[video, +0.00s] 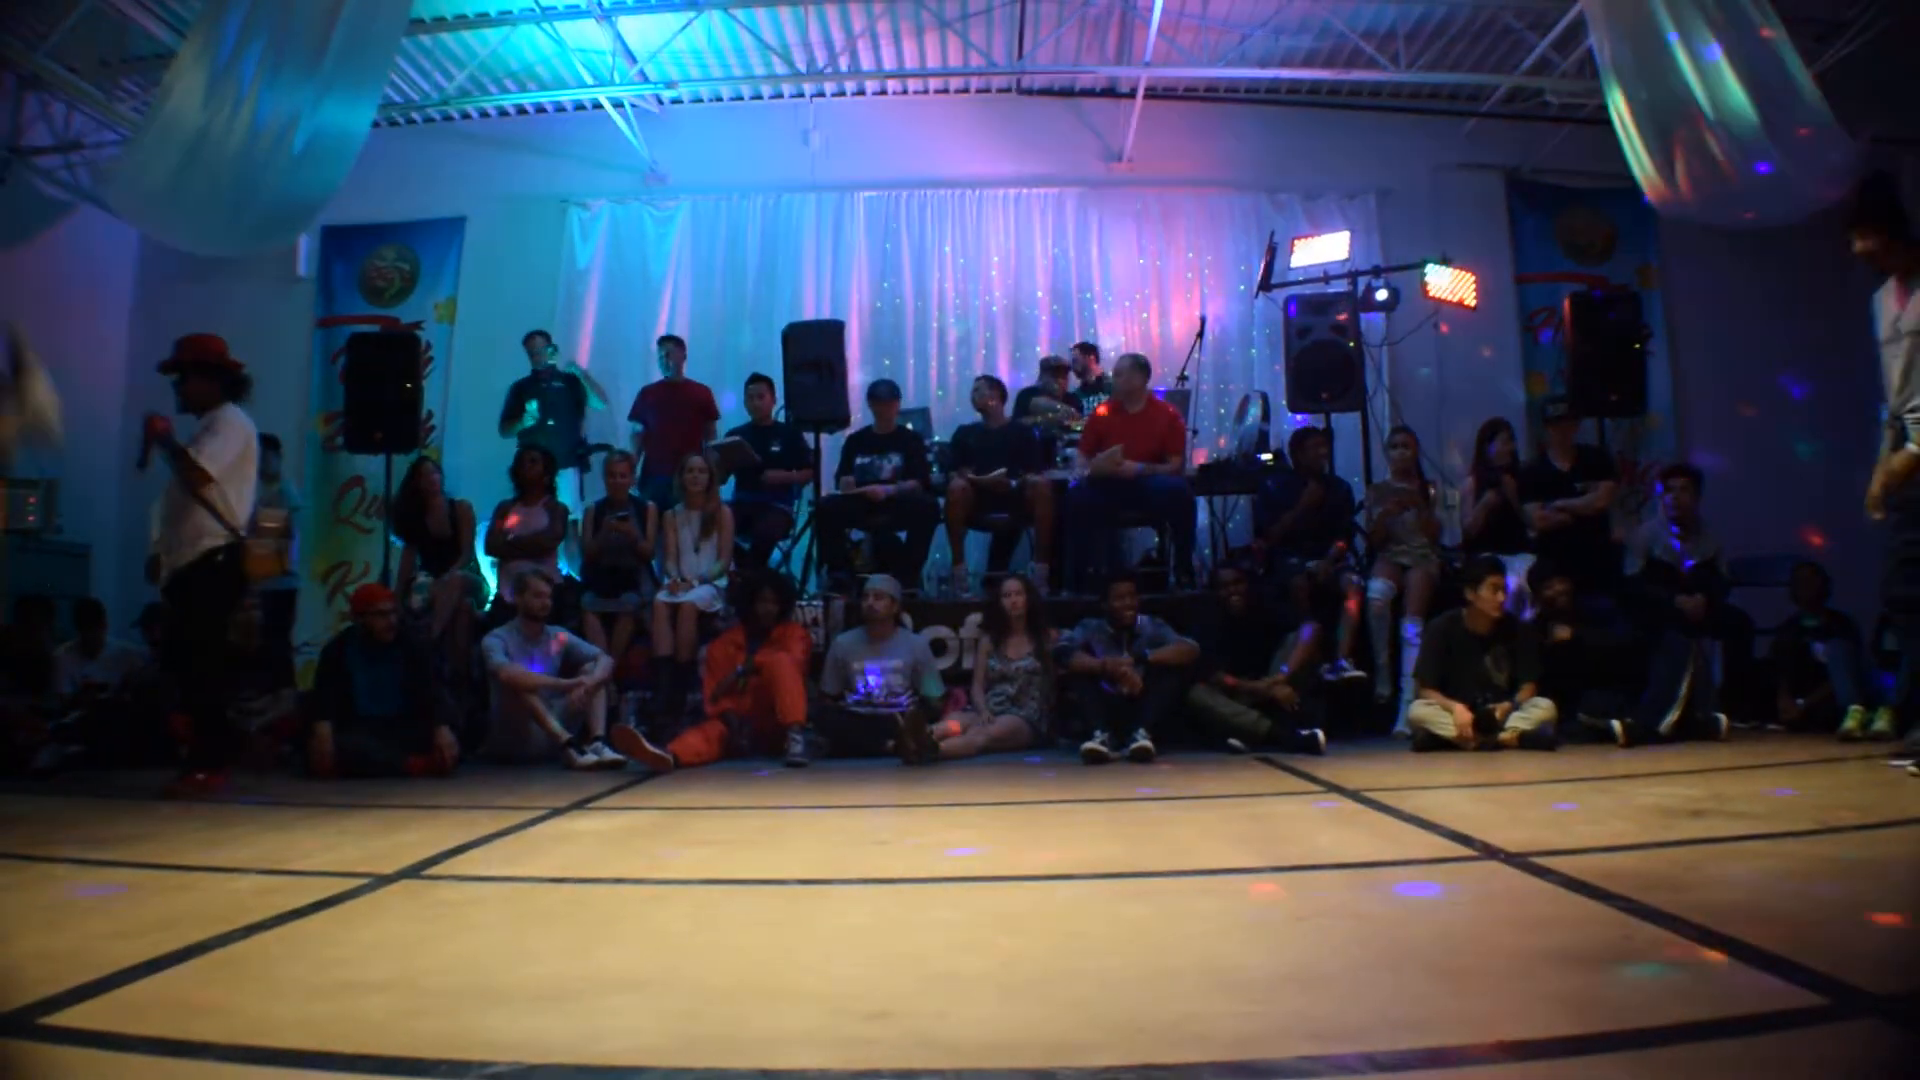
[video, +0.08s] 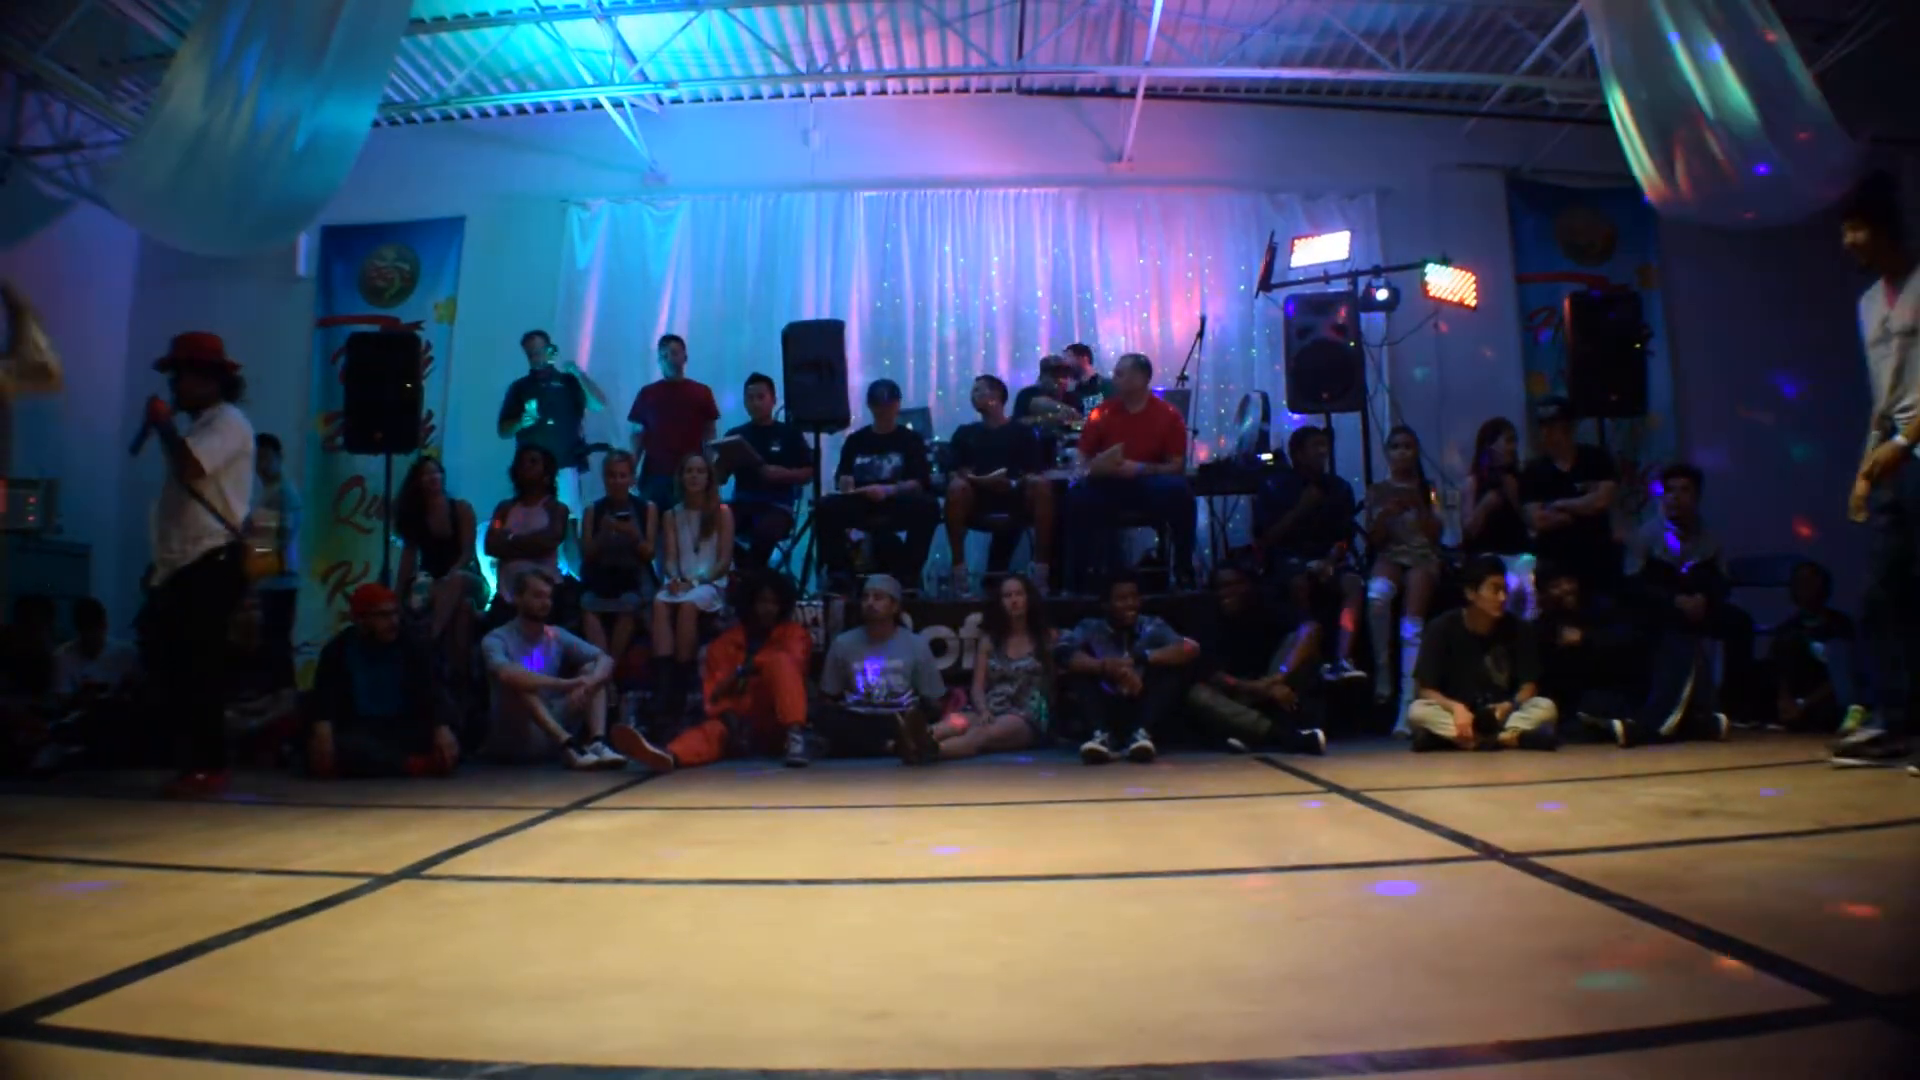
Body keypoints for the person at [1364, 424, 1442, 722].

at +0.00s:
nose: (1400, 453)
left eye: (1406, 446)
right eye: (1394, 447)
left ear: (1416, 452)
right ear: (1386, 453)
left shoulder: (1429, 489)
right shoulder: (1377, 491)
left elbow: (1434, 535)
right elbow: (1373, 536)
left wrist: (1423, 506)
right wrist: (1388, 513)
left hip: (1421, 552)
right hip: (1389, 551)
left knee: (1412, 627)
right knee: (1376, 597)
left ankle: (1407, 704)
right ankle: (1382, 673)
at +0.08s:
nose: (1401, 453)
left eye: (1407, 447)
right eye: (1395, 447)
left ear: (1417, 452)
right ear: (1387, 453)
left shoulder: (1425, 489)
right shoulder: (1377, 491)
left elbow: (1434, 533)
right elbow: (1373, 535)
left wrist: (1419, 506)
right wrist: (1388, 513)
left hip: (1420, 552)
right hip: (1389, 551)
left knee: (1412, 626)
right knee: (1377, 598)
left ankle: (1407, 704)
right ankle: (1382, 671)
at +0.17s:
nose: (1401, 453)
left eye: (1408, 447)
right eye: (1395, 447)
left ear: (1417, 452)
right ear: (1387, 453)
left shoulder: (1429, 489)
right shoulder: (1377, 491)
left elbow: (1434, 533)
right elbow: (1373, 535)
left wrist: (1419, 505)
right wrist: (1387, 513)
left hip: (1421, 552)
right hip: (1389, 551)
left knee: (1412, 627)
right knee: (1377, 598)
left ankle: (1408, 704)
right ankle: (1382, 672)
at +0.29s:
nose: (1402, 453)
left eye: (1408, 447)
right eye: (1395, 447)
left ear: (1417, 452)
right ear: (1387, 453)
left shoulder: (1427, 488)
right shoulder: (1377, 491)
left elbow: (1435, 533)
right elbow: (1372, 535)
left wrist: (1419, 506)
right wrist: (1388, 513)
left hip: (1421, 552)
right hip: (1389, 552)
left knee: (1412, 626)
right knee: (1377, 596)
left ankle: (1408, 700)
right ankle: (1382, 675)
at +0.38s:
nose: (1402, 453)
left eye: (1408, 447)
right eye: (1396, 447)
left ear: (1417, 452)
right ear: (1387, 453)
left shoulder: (1432, 488)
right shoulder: (1377, 491)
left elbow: (1439, 533)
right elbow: (1373, 537)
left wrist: (1417, 508)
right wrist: (1387, 514)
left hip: (1422, 552)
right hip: (1389, 553)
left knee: (1412, 621)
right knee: (1378, 593)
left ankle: (1408, 700)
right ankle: (1382, 678)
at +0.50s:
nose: (1402, 453)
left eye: (1407, 447)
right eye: (1396, 447)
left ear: (1416, 452)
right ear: (1387, 453)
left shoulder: (1431, 488)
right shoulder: (1377, 491)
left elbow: (1437, 533)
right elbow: (1373, 536)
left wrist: (1417, 509)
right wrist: (1388, 513)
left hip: (1422, 550)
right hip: (1390, 550)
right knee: (1378, 592)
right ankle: (1382, 675)